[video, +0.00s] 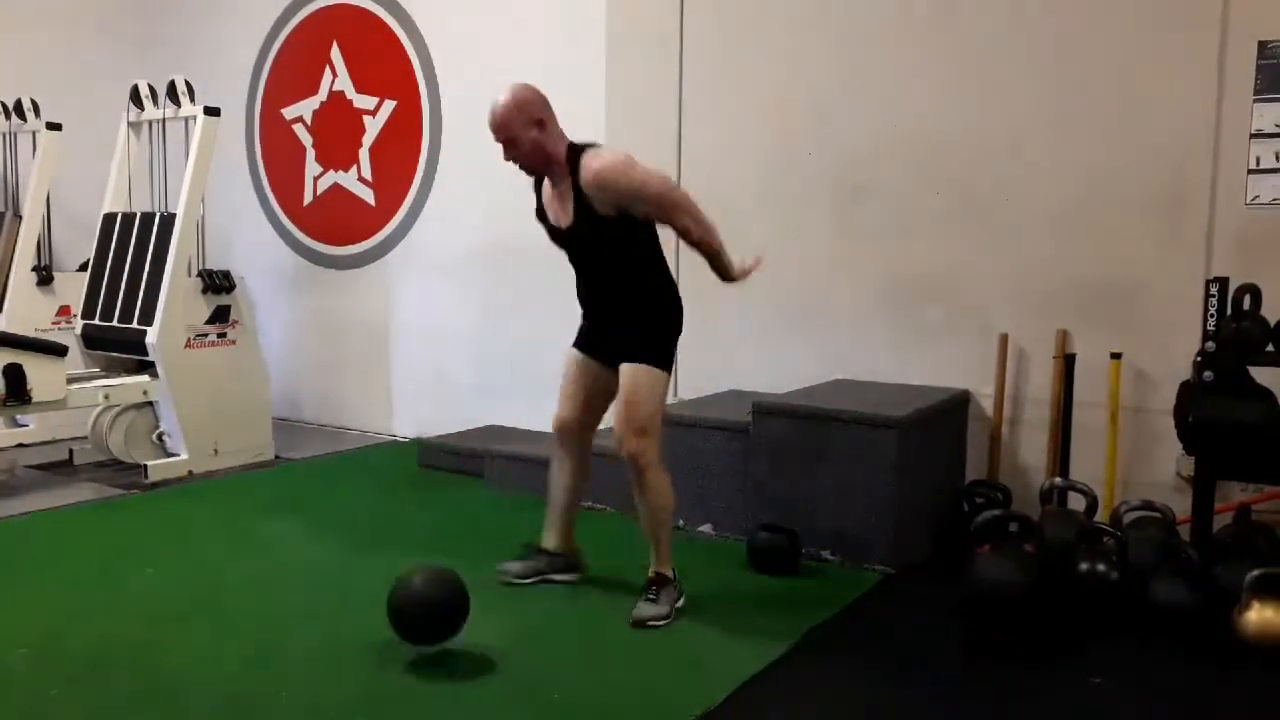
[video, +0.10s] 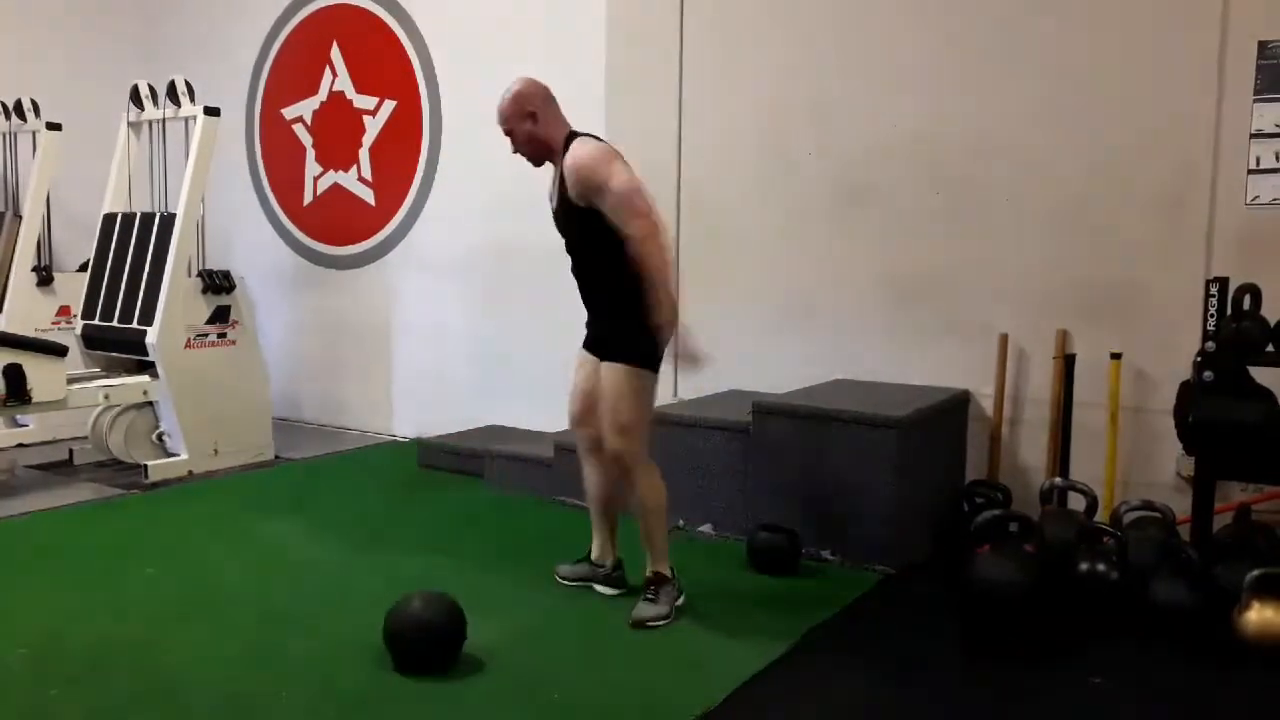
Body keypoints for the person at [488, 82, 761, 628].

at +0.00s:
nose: (506, 156)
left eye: (509, 143)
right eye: (502, 146)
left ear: (542, 128)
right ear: (530, 134)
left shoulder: (604, 172)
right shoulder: (544, 181)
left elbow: (682, 210)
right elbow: (593, 232)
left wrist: (726, 269)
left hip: (649, 313)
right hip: (601, 313)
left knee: (637, 444)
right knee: (569, 428)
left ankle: (663, 579)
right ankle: (557, 550)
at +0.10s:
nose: (512, 148)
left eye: (513, 135)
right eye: (509, 137)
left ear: (538, 119)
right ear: (536, 119)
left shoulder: (587, 160)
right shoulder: (565, 169)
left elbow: (646, 233)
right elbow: (607, 249)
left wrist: (667, 317)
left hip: (634, 327)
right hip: (602, 325)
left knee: (624, 444)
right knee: (587, 430)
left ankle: (662, 579)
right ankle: (604, 561)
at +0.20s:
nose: (543, 138)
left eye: (541, 130)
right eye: (543, 130)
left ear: (548, 125)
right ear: (583, 119)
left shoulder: (568, 156)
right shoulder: (620, 162)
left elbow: (559, 235)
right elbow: (661, 244)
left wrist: (503, 311)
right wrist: (613, 278)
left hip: (612, 315)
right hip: (646, 312)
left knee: (554, 434)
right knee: (594, 437)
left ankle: (640, 554)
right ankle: (604, 559)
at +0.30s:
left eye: (581, 127)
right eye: (609, 131)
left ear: (578, 129)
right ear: (621, 136)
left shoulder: (563, 154)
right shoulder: (651, 178)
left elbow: (509, 223)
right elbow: (679, 262)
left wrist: (462, 280)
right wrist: (651, 304)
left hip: (579, 314)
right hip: (637, 320)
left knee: (543, 426)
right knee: (602, 432)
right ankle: (608, 562)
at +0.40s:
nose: (647, 153)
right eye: (648, 147)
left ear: (601, 136)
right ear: (643, 144)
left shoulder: (553, 163)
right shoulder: (651, 180)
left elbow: (499, 233)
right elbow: (679, 261)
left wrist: (501, 299)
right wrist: (691, 332)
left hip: (553, 322)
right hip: (615, 327)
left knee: (539, 434)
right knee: (604, 435)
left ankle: (525, 564)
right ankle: (609, 562)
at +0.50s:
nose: (659, 163)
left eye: (662, 157)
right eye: (661, 155)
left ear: (618, 136)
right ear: (649, 143)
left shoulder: (561, 167)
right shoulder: (642, 175)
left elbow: (524, 249)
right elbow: (658, 255)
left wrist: (550, 295)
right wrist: (693, 332)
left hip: (543, 317)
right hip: (602, 321)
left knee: (537, 432)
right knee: (607, 434)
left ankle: (524, 565)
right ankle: (601, 562)